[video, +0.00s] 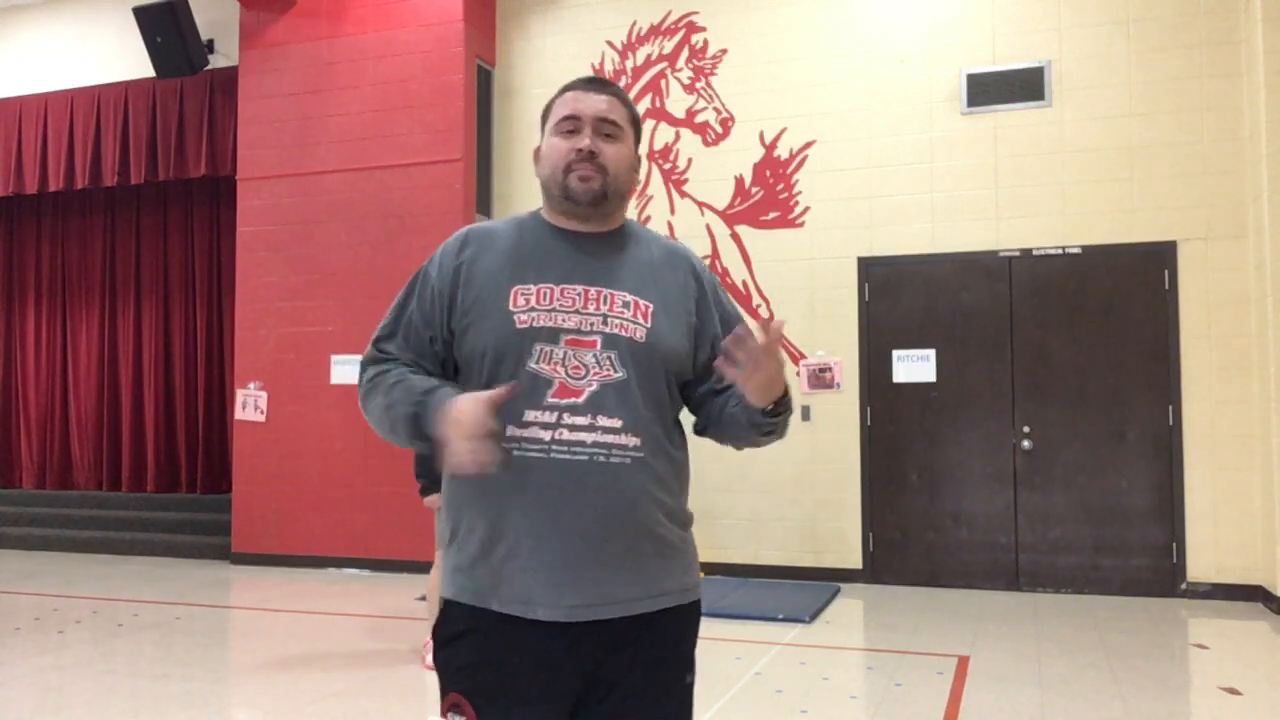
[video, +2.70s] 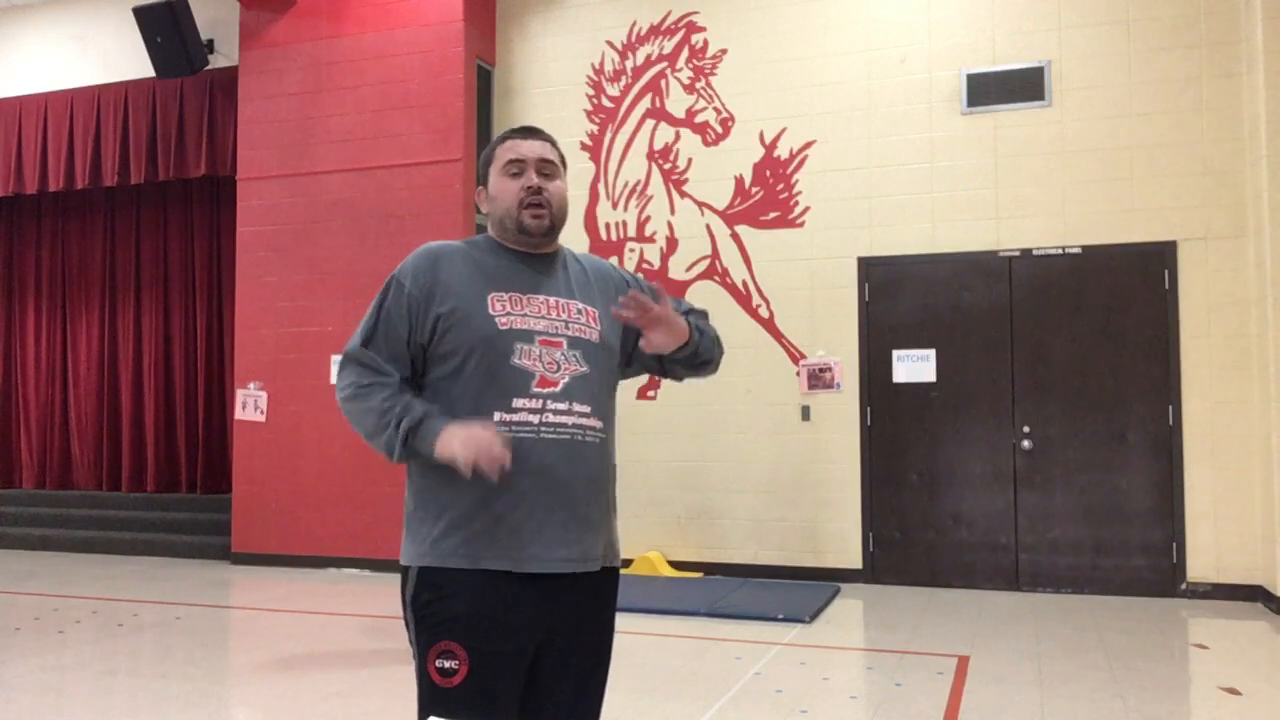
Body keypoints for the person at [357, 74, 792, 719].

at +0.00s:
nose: (585, 142)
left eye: (608, 130)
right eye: (567, 128)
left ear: (638, 166)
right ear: (537, 156)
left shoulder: (682, 274)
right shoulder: (469, 256)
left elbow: (720, 410)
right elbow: (383, 373)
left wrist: (766, 400)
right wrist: (438, 415)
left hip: (646, 606)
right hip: (495, 604)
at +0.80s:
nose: (510, 139)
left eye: (525, 131)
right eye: (488, 124)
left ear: (540, 160)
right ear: (443, 152)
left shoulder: (579, 271)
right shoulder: (385, 259)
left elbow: (622, 404)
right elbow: (304, 392)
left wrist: (683, 455)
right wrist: (427, 387)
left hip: (583, 594)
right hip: (436, 594)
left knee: (593, 711)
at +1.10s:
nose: (476, 163)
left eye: (487, 152)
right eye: (456, 145)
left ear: (497, 170)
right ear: (401, 161)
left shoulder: (521, 279)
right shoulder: (339, 266)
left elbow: (556, 399)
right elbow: (257, 398)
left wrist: (612, 419)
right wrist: (389, 393)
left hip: (517, 597)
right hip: (377, 594)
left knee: (525, 710)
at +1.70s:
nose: (483, 164)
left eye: (488, 148)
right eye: (456, 157)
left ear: (505, 161)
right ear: (422, 189)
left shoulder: (542, 278)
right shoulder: (377, 268)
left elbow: (575, 372)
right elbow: (310, 396)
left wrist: (596, 391)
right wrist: (396, 479)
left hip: (533, 581)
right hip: (412, 579)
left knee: (528, 712)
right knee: (397, 710)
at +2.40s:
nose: (542, 181)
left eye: (552, 168)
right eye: (519, 171)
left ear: (571, 188)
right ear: (485, 199)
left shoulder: (603, 288)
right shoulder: (439, 273)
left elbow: (657, 402)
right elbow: (381, 403)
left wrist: (651, 365)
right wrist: (395, 523)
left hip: (583, 570)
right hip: (469, 567)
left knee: (569, 713)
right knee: (462, 711)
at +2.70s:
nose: (534, 181)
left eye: (548, 171)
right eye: (514, 170)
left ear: (567, 194)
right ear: (483, 197)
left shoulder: (609, 285)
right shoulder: (433, 272)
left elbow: (704, 350)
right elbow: (360, 377)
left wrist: (684, 339)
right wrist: (435, 431)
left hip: (580, 570)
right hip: (463, 565)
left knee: (568, 713)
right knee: (465, 711)